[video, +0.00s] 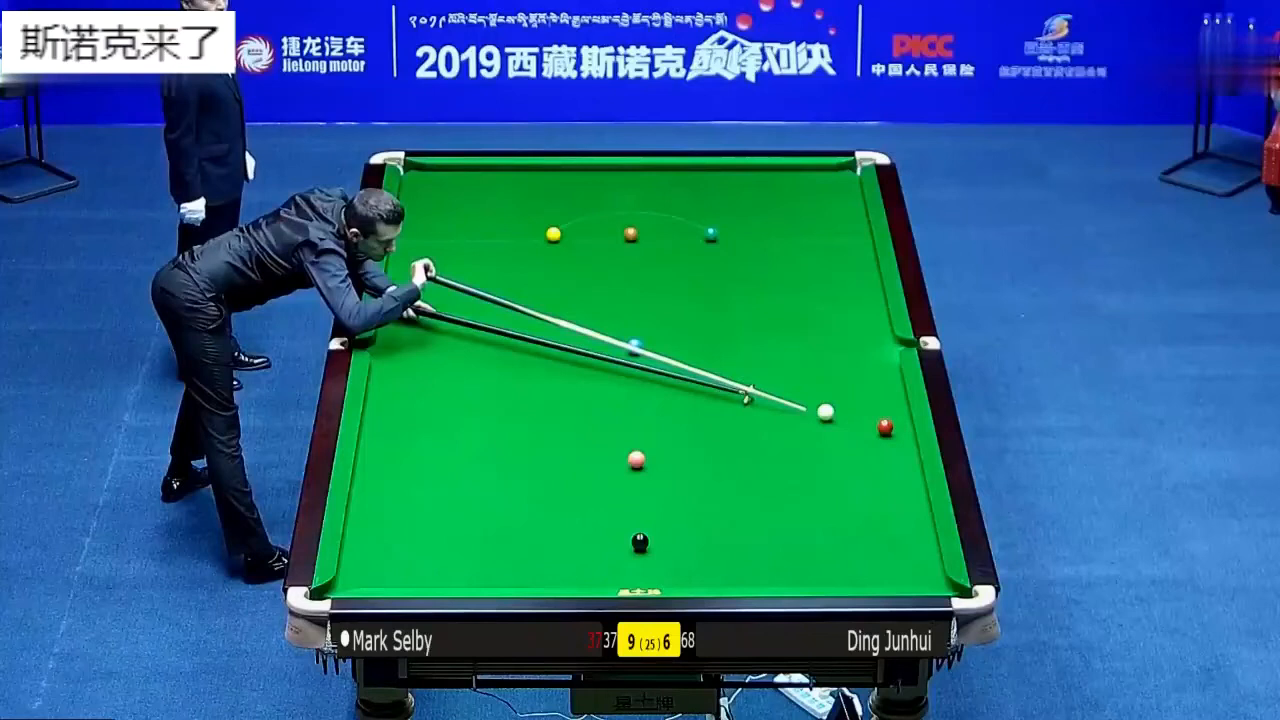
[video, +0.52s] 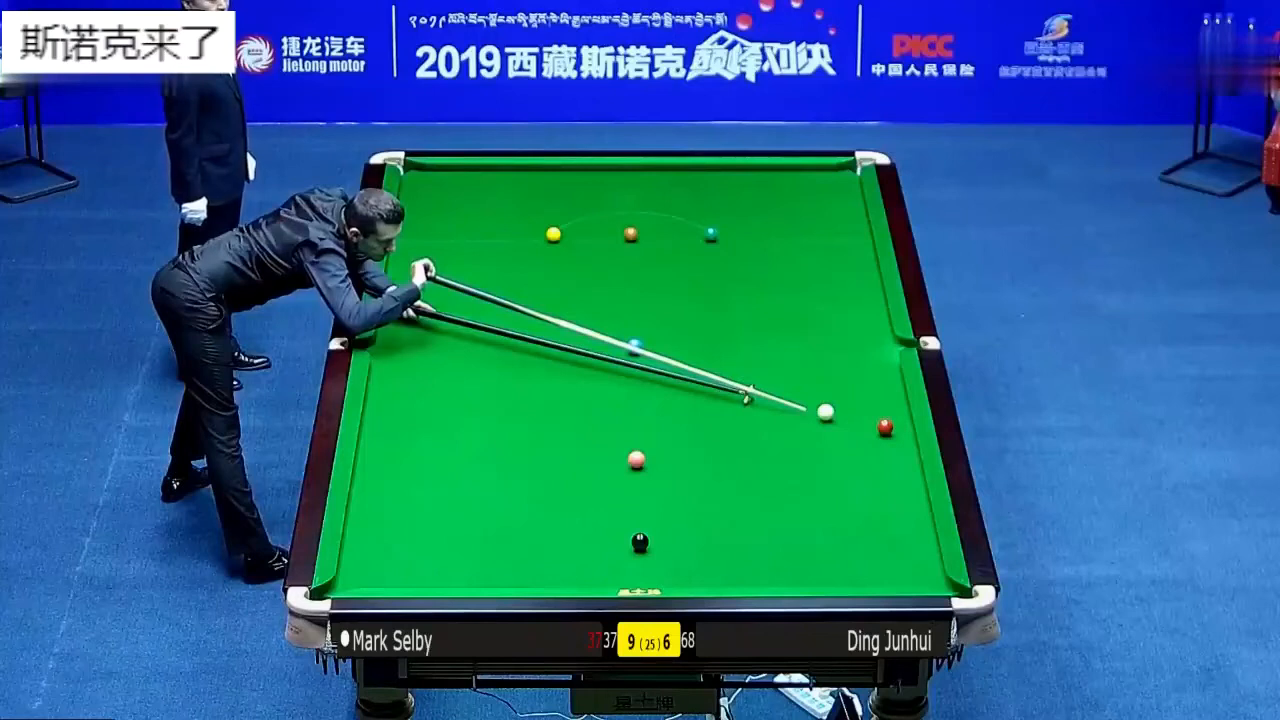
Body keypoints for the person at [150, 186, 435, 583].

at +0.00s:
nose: (391, 250)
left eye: (394, 242)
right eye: (385, 243)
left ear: (355, 224)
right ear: (354, 235)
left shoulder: (333, 203)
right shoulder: (322, 245)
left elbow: (361, 262)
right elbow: (355, 319)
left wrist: (401, 300)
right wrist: (412, 287)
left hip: (180, 276)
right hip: (194, 298)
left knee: (204, 383)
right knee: (221, 428)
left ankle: (180, 473)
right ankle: (255, 557)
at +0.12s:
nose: (391, 250)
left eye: (394, 242)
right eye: (386, 243)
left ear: (355, 224)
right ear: (354, 235)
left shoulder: (333, 203)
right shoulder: (322, 245)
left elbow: (361, 262)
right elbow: (355, 319)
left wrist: (401, 300)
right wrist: (412, 287)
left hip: (180, 276)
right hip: (194, 298)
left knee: (204, 383)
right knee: (221, 428)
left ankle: (180, 473)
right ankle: (255, 557)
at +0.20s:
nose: (391, 250)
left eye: (394, 242)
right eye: (386, 243)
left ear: (355, 224)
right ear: (354, 235)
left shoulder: (333, 203)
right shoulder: (322, 245)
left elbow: (361, 262)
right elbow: (355, 319)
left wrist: (401, 300)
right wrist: (412, 287)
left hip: (180, 276)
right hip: (194, 298)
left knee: (204, 383)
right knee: (221, 428)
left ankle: (180, 473)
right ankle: (255, 557)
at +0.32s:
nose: (391, 250)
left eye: (394, 242)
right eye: (385, 243)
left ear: (355, 224)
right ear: (354, 235)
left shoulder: (333, 203)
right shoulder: (322, 245)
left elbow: (361, 262)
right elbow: (355, 319)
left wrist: (401, 300)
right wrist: (412, 287)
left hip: (180, 276)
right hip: (194, 298)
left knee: (204, 383)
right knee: (221, 428)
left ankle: (180, 473)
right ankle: (255, 557)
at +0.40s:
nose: (391, 250)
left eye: (394, 241)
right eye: (386, 243)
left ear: (355, 224)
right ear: (354, 234)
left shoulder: (333, 203)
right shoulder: (322, 245)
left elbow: (361, 262)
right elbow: (355, 319)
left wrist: (401, 300)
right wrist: (412, 287)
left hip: (180, 276)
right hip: (194, 298)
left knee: (204, 383)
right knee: (221, 428)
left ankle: (180, 473)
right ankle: (255, 557)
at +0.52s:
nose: (391, 249)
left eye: (394, 241)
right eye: (386, 243)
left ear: (355, 224)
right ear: (354, 234)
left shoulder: (334, 203)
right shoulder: (322, 245)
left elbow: (361, 262)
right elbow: (355, 319)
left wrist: (401, 300)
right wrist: (412, 287)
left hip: (180, 276)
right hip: (194, 298)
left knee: (204, 383)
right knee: (221, 428)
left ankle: (180, 473)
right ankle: (255, 557)